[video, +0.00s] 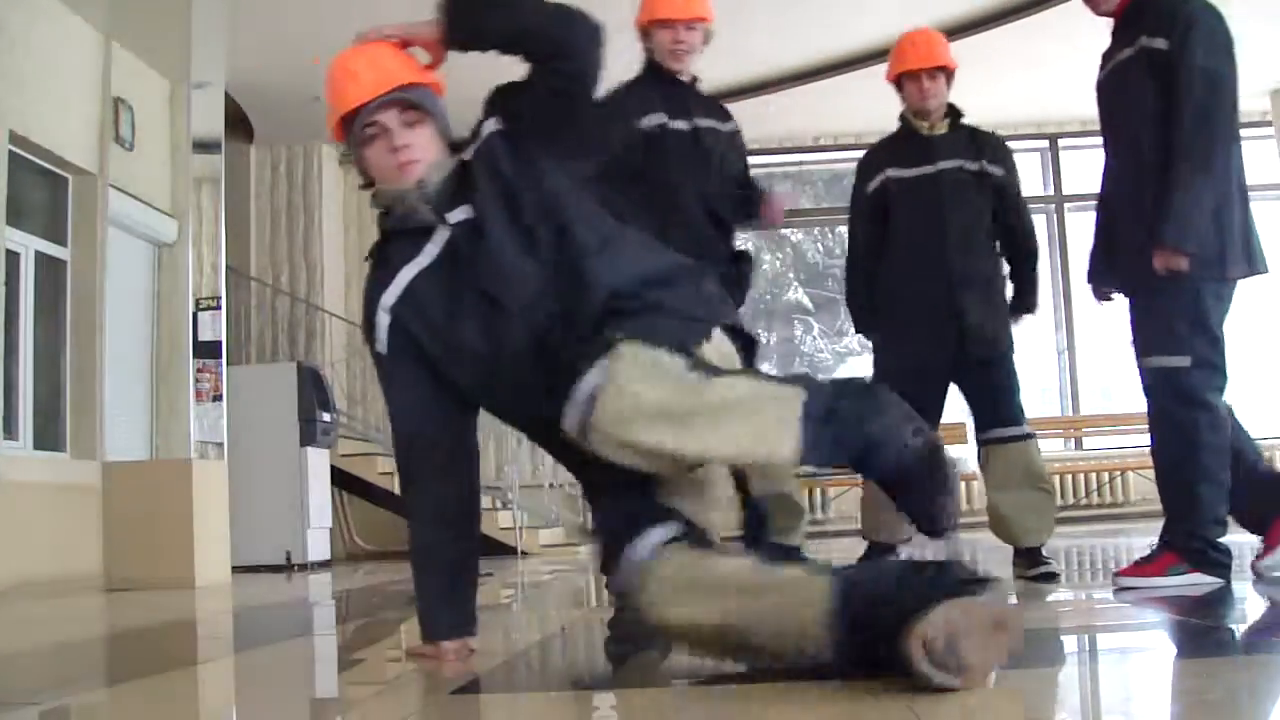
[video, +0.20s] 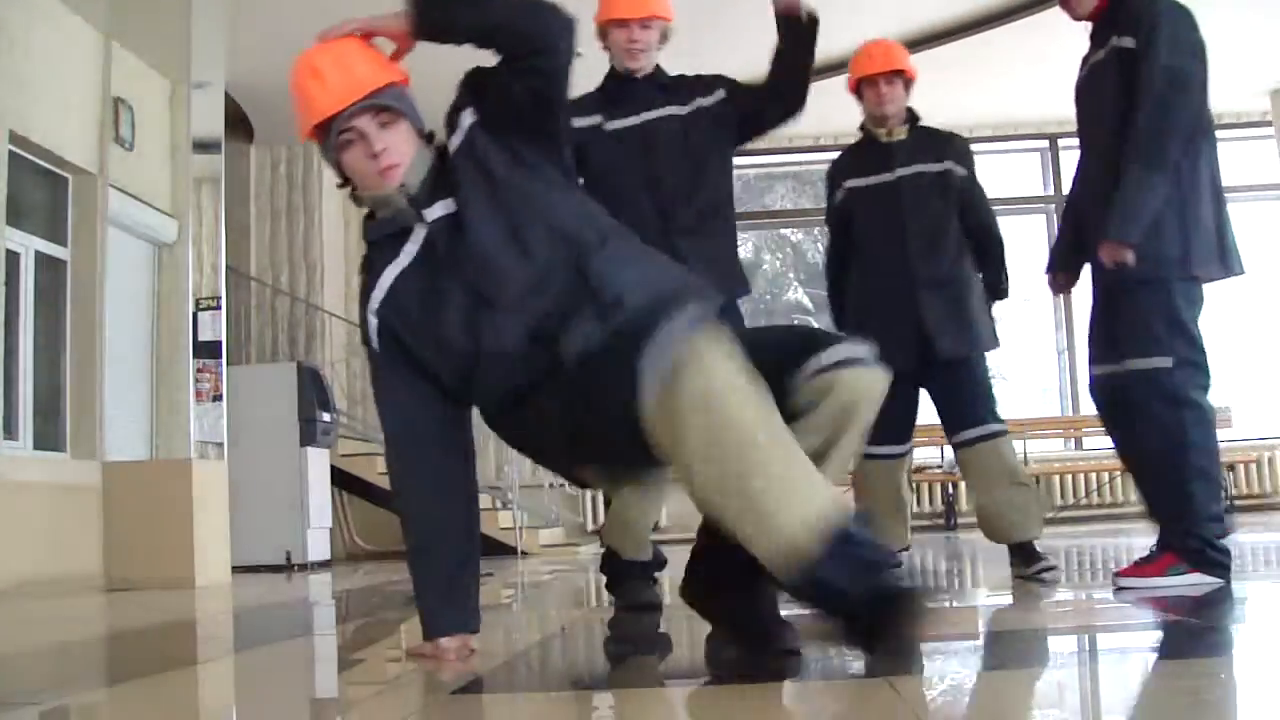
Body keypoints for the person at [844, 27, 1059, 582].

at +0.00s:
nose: (924, 87)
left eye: (933, 76)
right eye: (912, 79)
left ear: (949, 79)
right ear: (897, 87)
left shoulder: (987, 150)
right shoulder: (878, 162)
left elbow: (1016, 228)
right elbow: (861, 249)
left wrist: (1022, 294)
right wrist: (869, 318)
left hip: (980, 322)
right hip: (906, 328)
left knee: (1007, 435)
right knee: (898, 442)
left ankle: (1030, 546)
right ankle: (883, 548)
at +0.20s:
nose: (882, 92)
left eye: (891, 81)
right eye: (870, 85)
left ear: (908, 87)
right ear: (857, 95)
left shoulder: (946, 148)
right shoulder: (844, 169)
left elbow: (980, 224)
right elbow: (839, 253)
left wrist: (992, 286)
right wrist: (846, 320)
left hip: (951, 320)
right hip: (880, 330)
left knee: (982, 435)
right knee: (881, 449)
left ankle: (1022, 544)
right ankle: (883, 557)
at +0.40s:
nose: (849, 105)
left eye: (858, 93)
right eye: (838, 97)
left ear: (875, 98)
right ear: (826, 108)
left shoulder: (916, 160)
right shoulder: (817, 185)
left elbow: (959, 227)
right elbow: (796, 270)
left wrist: (990, 290)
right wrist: (774, 337)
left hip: (922, 330)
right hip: (854, 340)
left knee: (947, 431)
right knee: (865, 445)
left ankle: (980, 537)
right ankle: (880, 555)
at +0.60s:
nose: (838, 101)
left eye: (846, 91)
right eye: (826, 96)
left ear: (861, 94)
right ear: (814, 107)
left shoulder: (898, 146)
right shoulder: (809, 175)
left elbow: (939, 173)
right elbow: (775, 237)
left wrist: (921, 190)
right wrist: (785, 221)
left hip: (914, 318)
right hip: (847, 329)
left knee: (941, 428)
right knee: (861, 444)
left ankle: (976, 533)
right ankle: (871, 558)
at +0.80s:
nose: (839, 99)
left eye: (847, 89)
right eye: (828, 92)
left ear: (863, 92)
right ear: (813, 100)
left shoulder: (897, 143)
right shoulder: (810, 164)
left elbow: (918, 181)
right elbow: (784, 214)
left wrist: (847, 193)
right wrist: (803, 194)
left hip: (911, 311)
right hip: (843, 321)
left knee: (930, 423)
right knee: (862, 438)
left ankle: (944, 539)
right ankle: (882, 550)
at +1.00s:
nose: (855, 94)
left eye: (865, 83)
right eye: (844, 86)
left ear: (880, 90)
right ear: (829, 95)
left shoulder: (911, 151)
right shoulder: (811, 170)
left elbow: (922, 215)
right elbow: (799, 238)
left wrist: (853, 218)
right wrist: (809, 278)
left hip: (908, 317)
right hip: (840, 323)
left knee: (914, 432)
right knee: (855, 439)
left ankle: (916, 549)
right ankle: (877, 549)